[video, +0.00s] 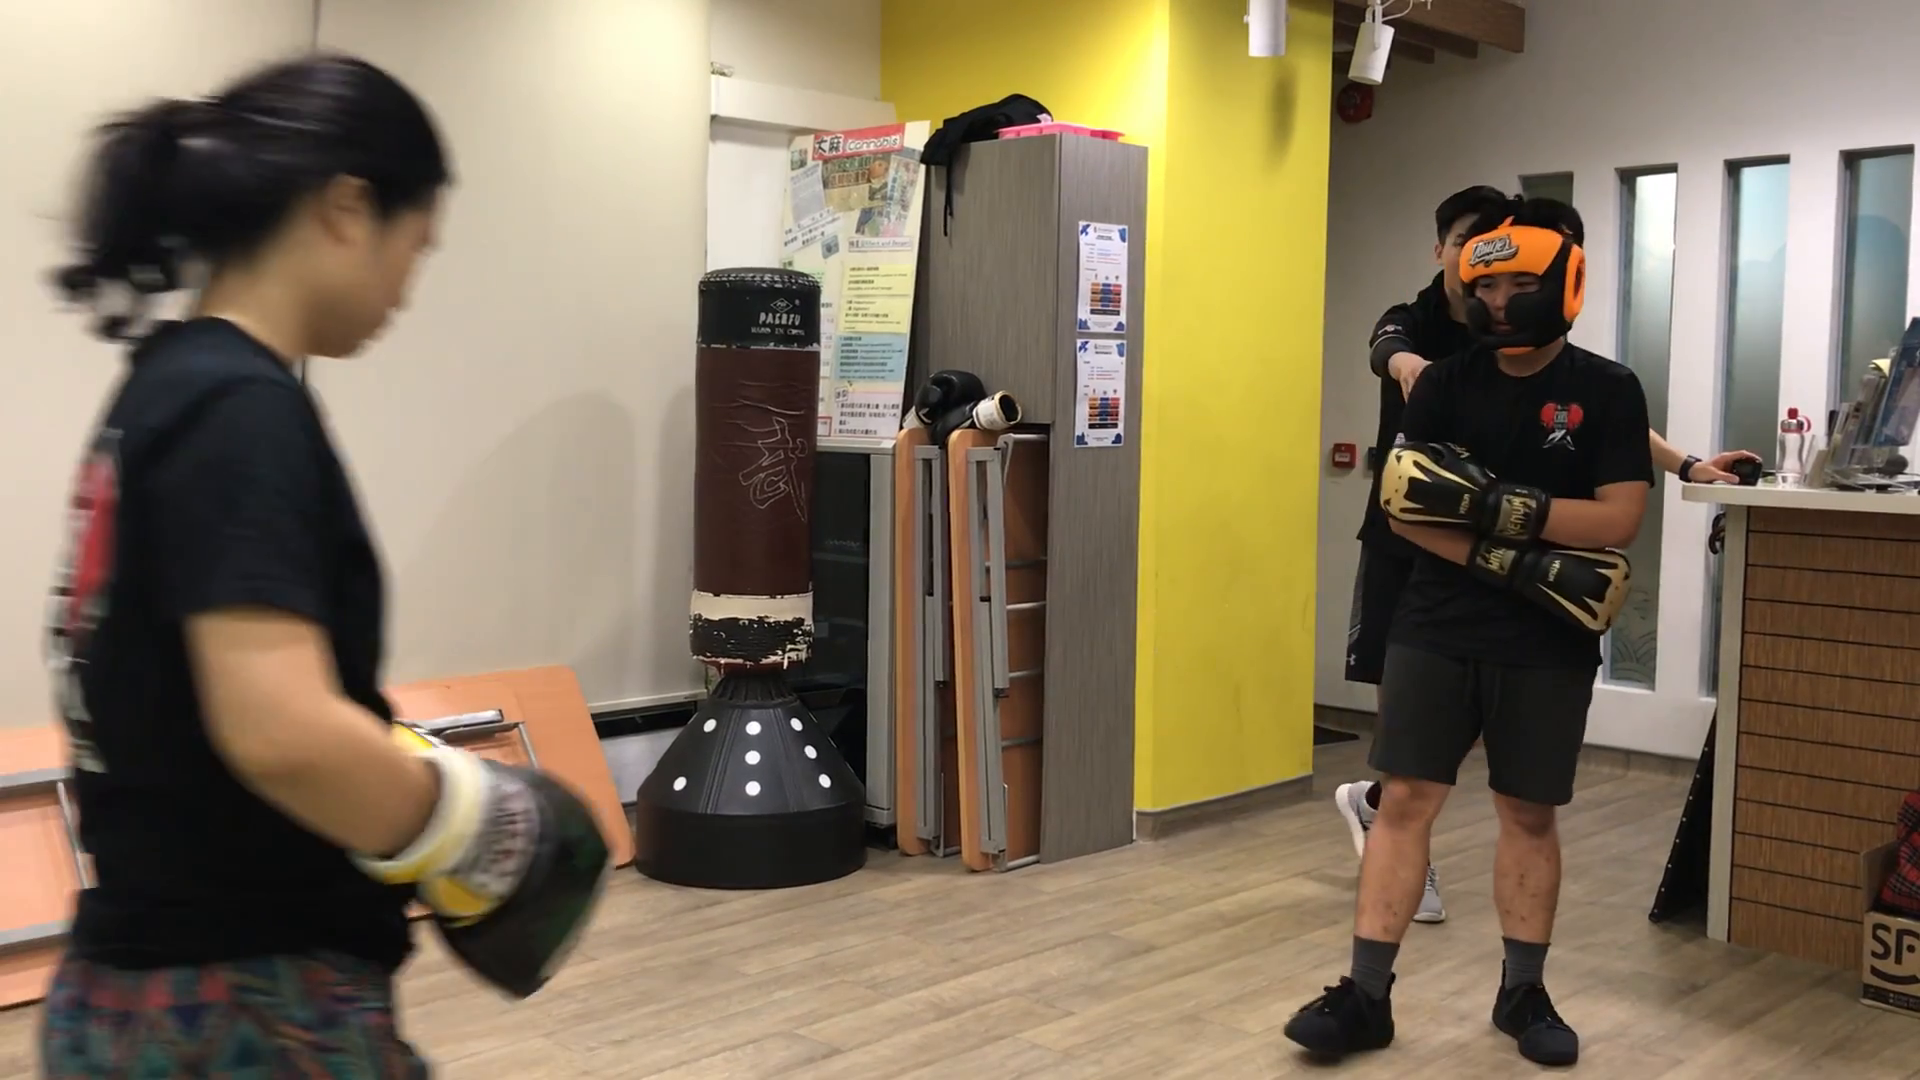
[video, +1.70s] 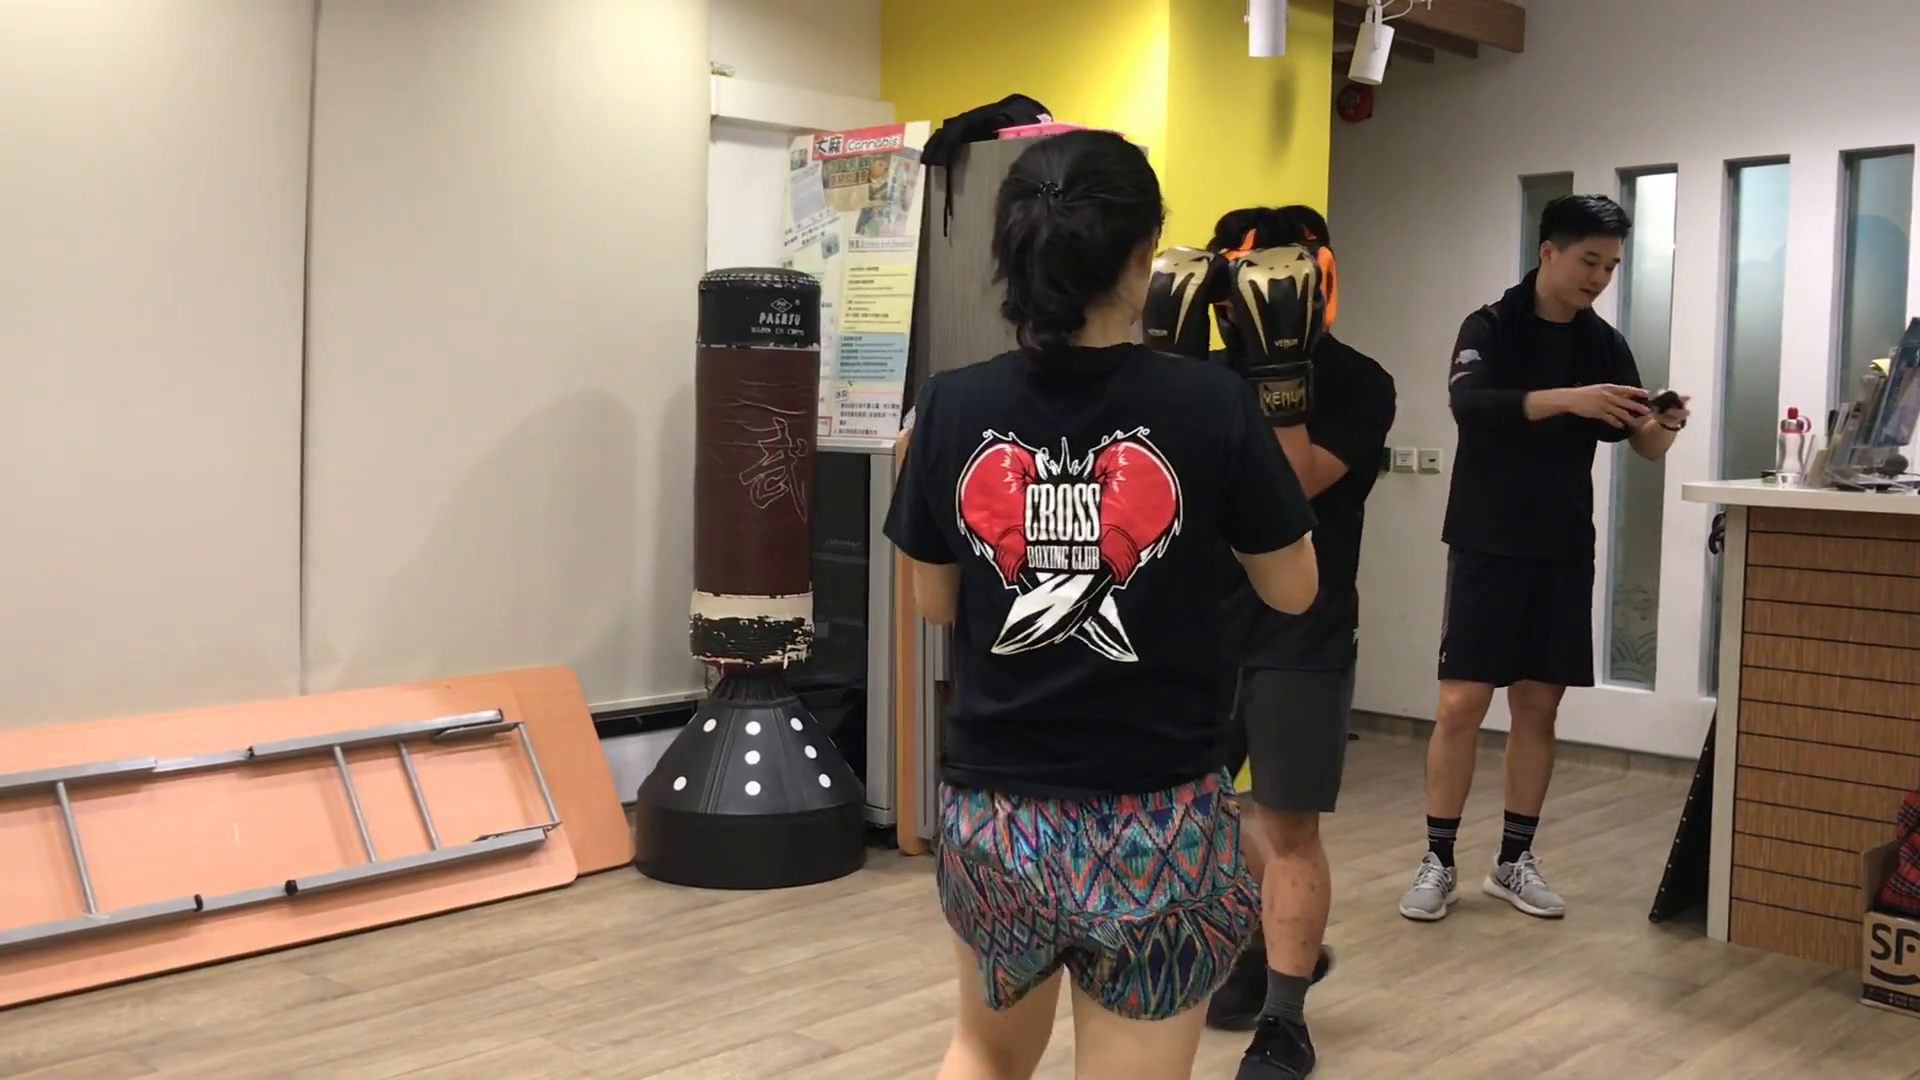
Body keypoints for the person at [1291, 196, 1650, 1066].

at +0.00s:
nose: (1497, 302)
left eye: (1516, 284)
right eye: (1484, 287)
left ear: (1562, 287)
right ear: (1465, 297)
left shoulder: (1608, 390)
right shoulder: (1445, 383)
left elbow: (1620, 519)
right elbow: (1404, 507)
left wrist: (1495, 507)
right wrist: (1530, 566)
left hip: (1545, 641)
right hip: (1436, 628)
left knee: (1529, 812)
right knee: (1404, 798)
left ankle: (1523, 994)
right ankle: (1365, 994)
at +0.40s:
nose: (1435, 306)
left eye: (1453, 289)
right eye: (1427, 291)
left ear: (1507, 286)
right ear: (1419, 298)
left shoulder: (1559, 392)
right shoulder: (1415, 387)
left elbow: (1568, 522)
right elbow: (1370, 507)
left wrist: (1440, 517)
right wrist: (1437, 579)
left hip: (1514, 639)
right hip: (1410, 629)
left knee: (1514, 814)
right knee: (1388, 794)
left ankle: (1522, 989)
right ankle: (1356, 970)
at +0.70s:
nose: (1342, 307)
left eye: (1358, 289)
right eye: (1332, 293)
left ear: (1410, 286)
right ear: (1326, 300)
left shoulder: (1465, 389)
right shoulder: (1329, 400)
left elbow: (1494, 515)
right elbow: (1301, 516)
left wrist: (1378, 539)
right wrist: (1306, 583)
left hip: (1447, 629)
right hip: (1351, 625)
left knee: (1471, 814)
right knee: (1357, 792)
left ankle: (1515, 985)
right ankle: (1352, 971)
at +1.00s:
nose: (1289, 315)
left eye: (1304, 294)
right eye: (1275, 301)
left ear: (1354, 287)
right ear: (1264, 307)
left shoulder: (1409, 385)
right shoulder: (1273, 397)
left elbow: (1440, 509)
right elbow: (1248, 501)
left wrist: (1342, 497)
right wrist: (1207, 528)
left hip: (1400, 618)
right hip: (1314, 620)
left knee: (1387, 796)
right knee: (1332, 792)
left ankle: (1417, 996)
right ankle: (1349, 971)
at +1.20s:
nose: (1262, 318)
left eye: (1276, 298)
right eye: (1253, 303)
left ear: (1331, 290)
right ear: (1248, 304)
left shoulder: (1389, 386)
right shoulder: (1254, 387)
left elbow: (1392, 510)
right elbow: (1198, 500)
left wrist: (1327, 427)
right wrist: (1150, 436)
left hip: (1369, 623)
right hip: (1288, 622)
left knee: (1333, 806)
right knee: (1314, 804)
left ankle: (1304, 1006)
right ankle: (1352, 967)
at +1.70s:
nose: (1260, 294)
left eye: (1278, 275)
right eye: (1247, 277)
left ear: (1317, 278)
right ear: (1222, 283)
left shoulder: (1358, 382)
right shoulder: (1211, 374)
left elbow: (1298, 478)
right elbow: (1165, 457)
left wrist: (1271, 369)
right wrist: (1177, 350)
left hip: (1303, 639)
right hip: (1210, 628)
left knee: (1286, 827)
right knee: (1205, 809)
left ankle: (1282, 1025)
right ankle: (1272, 941)